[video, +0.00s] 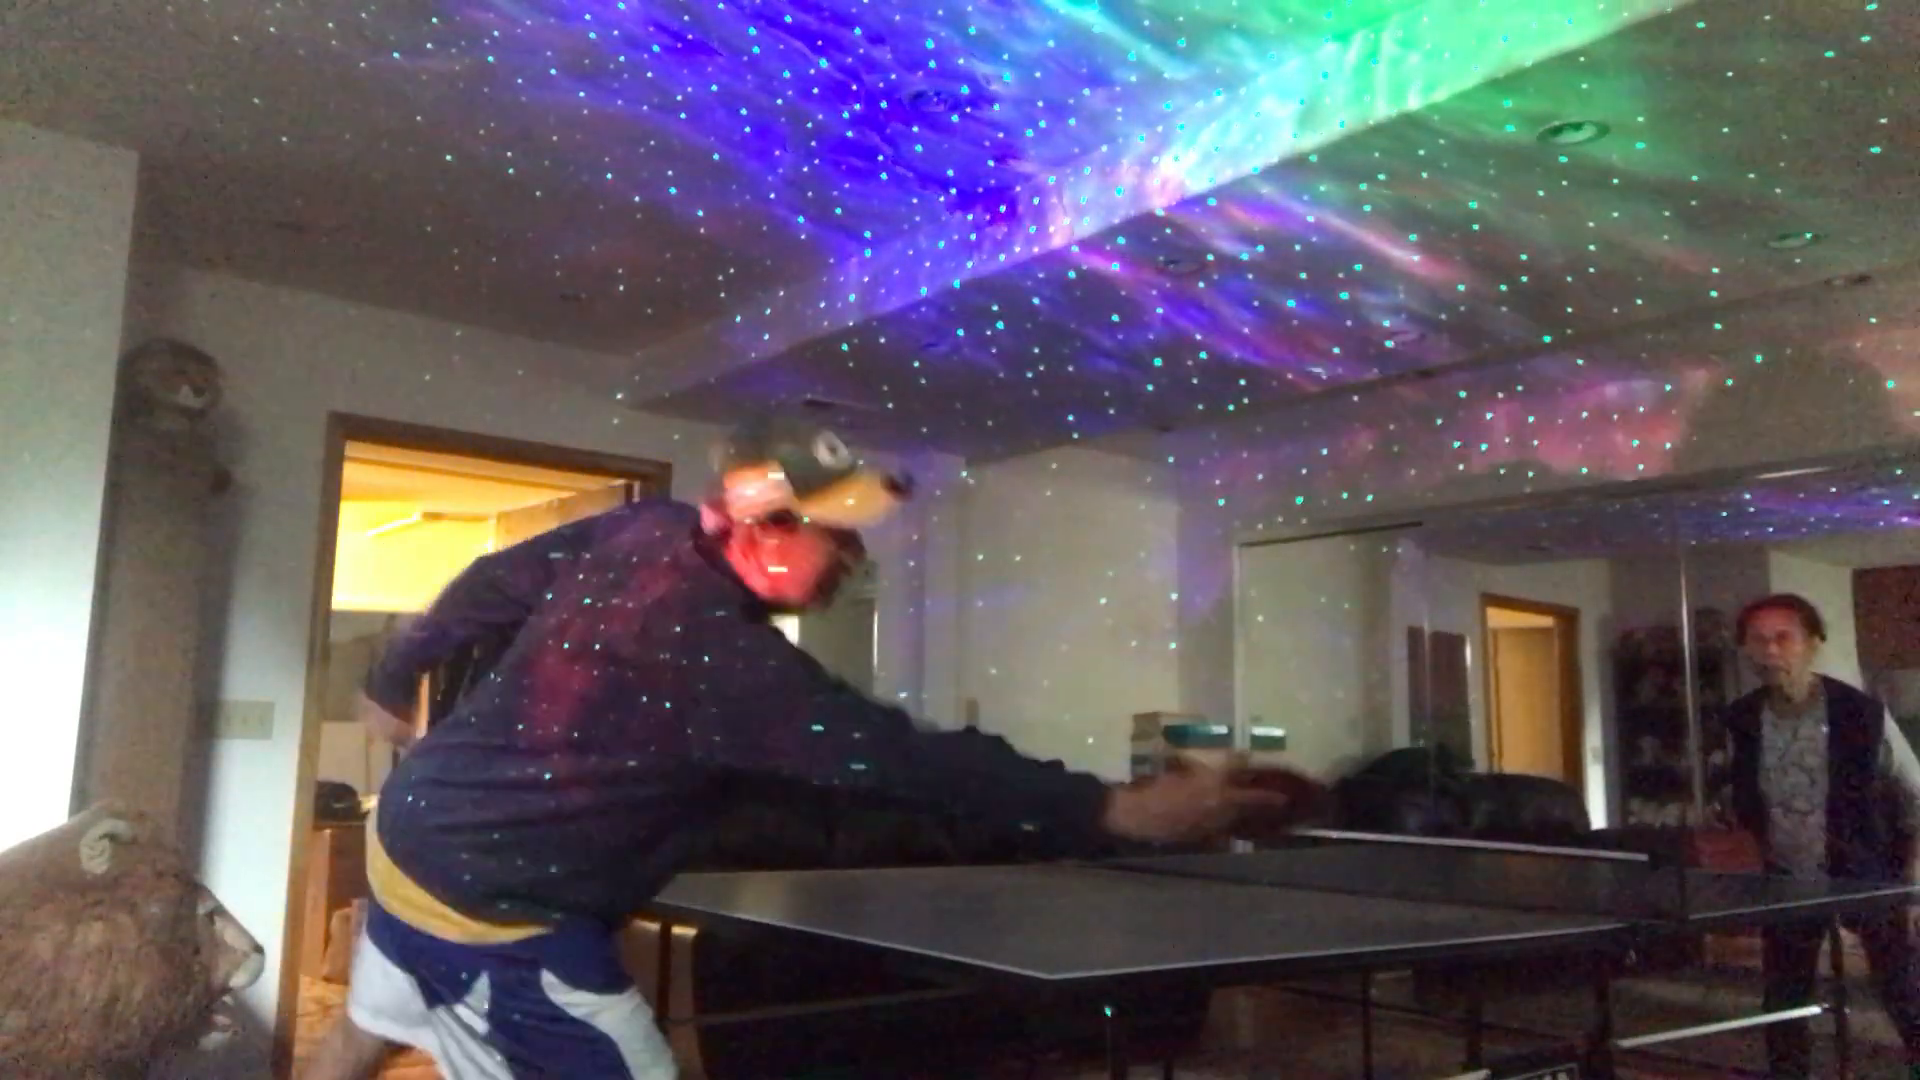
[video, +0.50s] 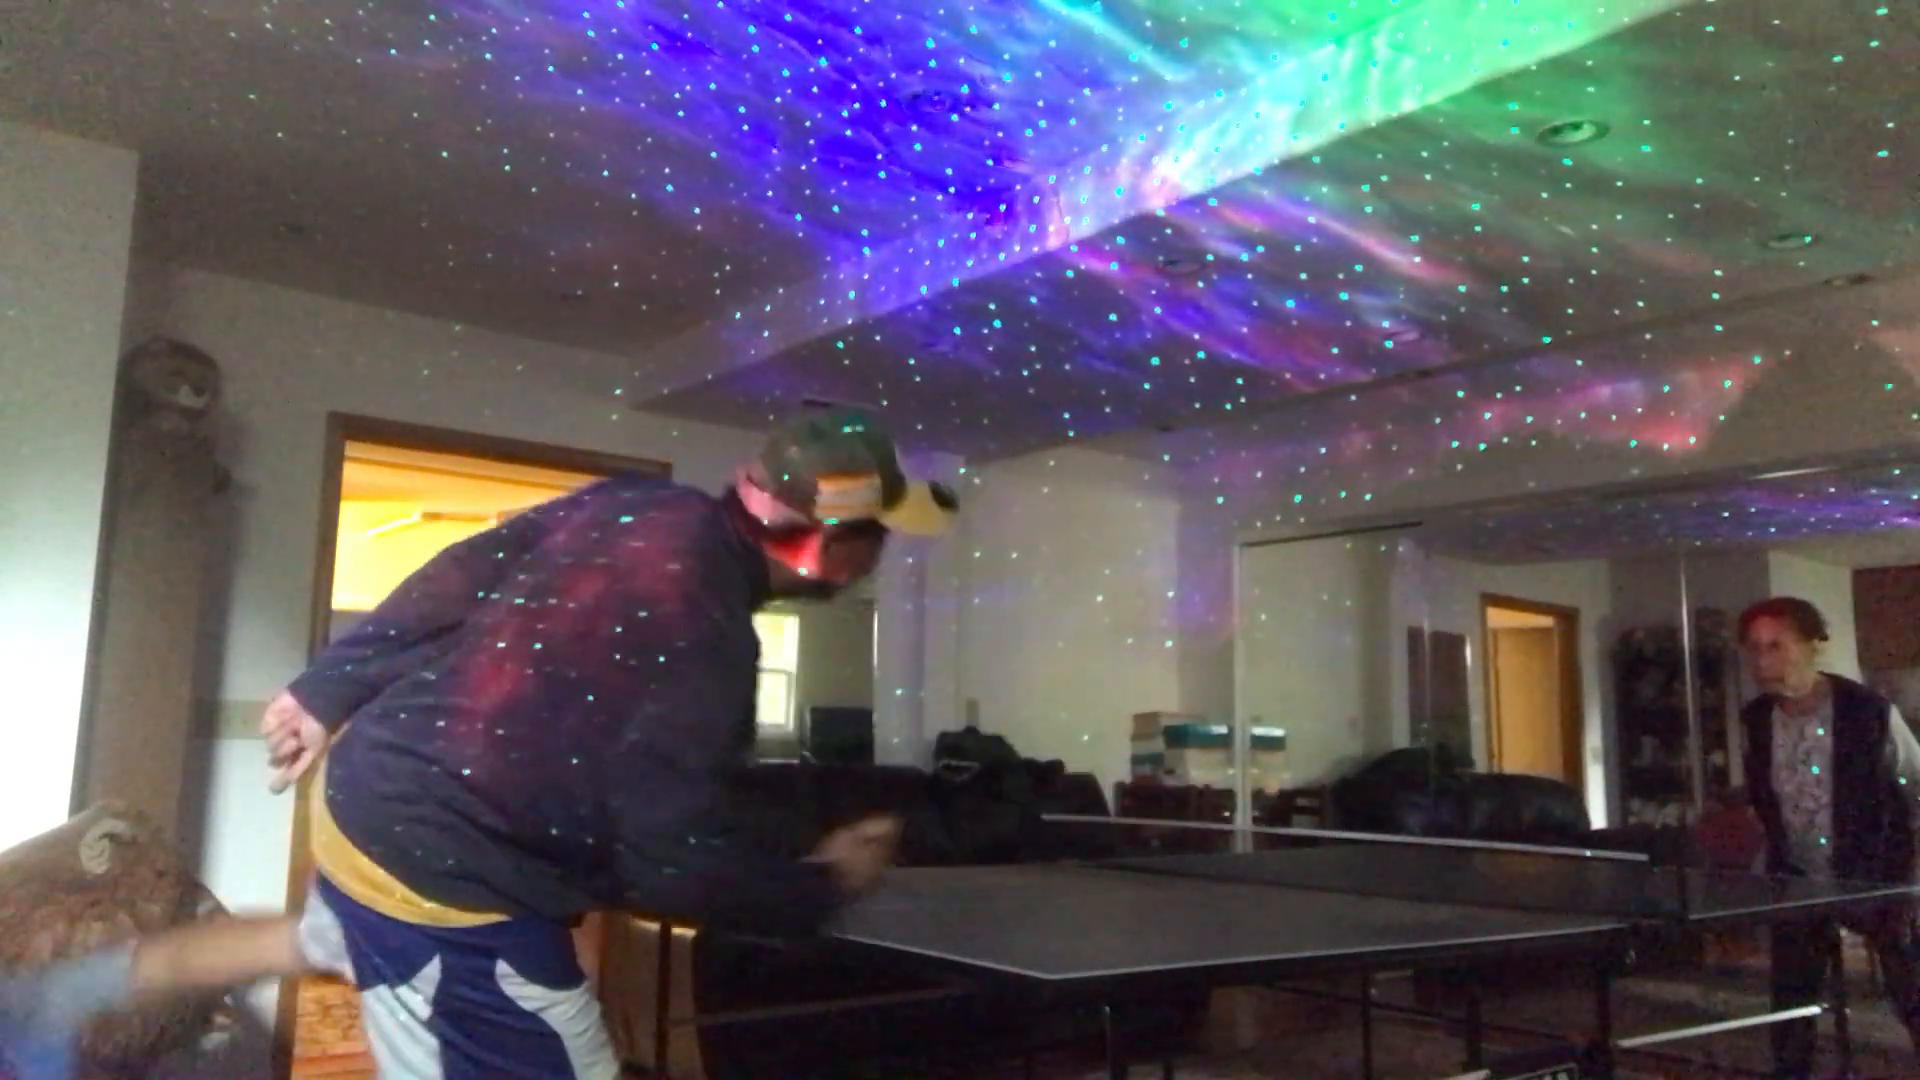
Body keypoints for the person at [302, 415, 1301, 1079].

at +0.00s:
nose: (851, 570)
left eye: (852, 546)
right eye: (839, 547)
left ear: (744, 517)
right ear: (769, 536)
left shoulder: (637, 526)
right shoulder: (742, 668)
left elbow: (490, 583)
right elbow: (909, 759)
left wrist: (397, 674)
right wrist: (1116, 809)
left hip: (404, 855)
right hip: (505, 925)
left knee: (362, 1032)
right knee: (632, 1065)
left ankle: (324, 1066)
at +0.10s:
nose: (870, 592)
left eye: (873, 570)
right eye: (856, 571)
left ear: (763, 540)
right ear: (778, 561)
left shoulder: (654, 538)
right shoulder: (738, 695)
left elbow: (487, 579)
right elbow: (902, 808)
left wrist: (339, 639)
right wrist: (1109, 810)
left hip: (412, 838)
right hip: (495, 937)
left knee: (369, 973)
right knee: (638, 1060)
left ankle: (245, 1056)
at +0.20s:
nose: (879, 607)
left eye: (884, 585)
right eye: (870, 585)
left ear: (778, 549)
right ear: (798, 573)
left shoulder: (655, 537)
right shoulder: (736, 700)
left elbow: (489, 574)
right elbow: (892, 841)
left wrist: (330, 633)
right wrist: (1047, 812)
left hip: (407, 813)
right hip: (484, 936)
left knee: (355, 929)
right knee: (620, 1063)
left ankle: (163, 1012)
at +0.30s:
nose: (881, 599)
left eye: (885, 576)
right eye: (869, 577)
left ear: (781, 535)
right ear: (802, 563)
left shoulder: (652, 530)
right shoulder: (734, 694)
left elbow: (486, 576)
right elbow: (856, 861)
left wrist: (334, 656)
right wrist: (994, 833)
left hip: (396, 803)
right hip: (468, 909)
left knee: (361, 902)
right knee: (591, 1057)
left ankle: (129, 938)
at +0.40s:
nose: (882, 589)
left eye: (888, 566)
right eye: (876, 567)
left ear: (775, 511)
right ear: (812, 552)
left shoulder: (644, 515)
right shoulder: (718, 665)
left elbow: (474, 579)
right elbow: (792, 878)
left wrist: (333, 673)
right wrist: (928, 856)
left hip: (382, 778)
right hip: (453, 893)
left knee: (349, 907)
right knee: (587, 1060)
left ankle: (123, 923)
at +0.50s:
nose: (848, 570)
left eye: (858, 545)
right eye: (847, 545)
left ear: (762, 481)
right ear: (796, 519)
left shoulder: (645, 502)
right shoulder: (699, 626)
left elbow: (469, 572)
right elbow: (668, 859)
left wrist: (327, 684)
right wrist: (818, 879)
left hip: (368, 792)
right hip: (448, 887)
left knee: (342, 947)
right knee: (570, 1061)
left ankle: (112, 976)